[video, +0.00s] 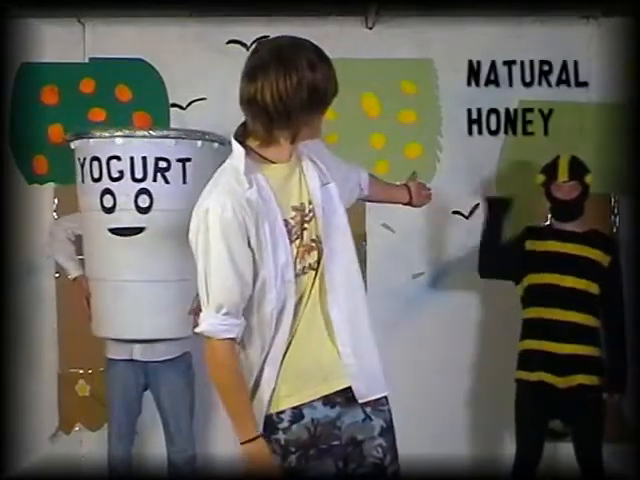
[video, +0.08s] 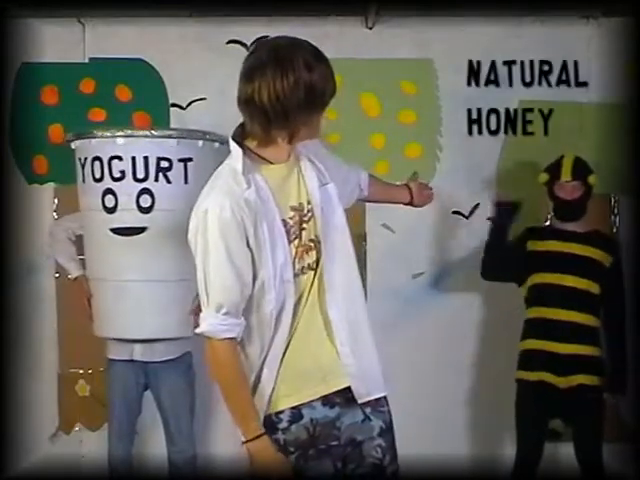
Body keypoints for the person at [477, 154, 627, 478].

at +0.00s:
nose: (565, 194)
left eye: (572, 186)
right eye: (557, 187)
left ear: (585, 190)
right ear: (546, 192)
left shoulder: (603, 246)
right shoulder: (529, 241)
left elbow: (614, 315)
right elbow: (488, 267)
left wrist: (617, 374)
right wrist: (493, 218)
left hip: (583, 369)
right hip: (535, 366)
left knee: (590, 459)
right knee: (526, 458)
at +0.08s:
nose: (568, 195)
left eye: (575, 186)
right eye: (560, 187)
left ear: (588, 190)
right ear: (549, 191)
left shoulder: (604, 246)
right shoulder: (531, 240)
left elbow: (615, 315)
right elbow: (491, 270)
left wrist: (618, 374)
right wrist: (500, 221)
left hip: (584, 367)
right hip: (535, 365)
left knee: (590, 459)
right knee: (527, 457)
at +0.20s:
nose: (571, 195)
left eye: (578, 187)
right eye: (563, 187)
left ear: (591, 191)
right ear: (551, 192)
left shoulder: (607, 248)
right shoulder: (531, 242)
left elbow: (617, 318)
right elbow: (491, 271)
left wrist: (620, 377)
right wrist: (518, 225)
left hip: (586, 371)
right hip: (536, 369)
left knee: (591, 461)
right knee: (527, 459)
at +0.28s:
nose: (574, 195)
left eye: (581, 187)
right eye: (566, 187)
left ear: (593, 191)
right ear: (554, 191)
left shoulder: (608, 248)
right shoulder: (535, 240)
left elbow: (617, 318)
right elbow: (494, 268)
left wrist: (621, 377)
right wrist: (500, 216)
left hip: (586, 368)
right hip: (537, 365)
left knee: (591, 459)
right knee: (528, 458)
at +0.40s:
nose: (575, 196)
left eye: (583, 188)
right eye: (568, 187)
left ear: (595, 193)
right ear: (555, 191)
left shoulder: (608, 249)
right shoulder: (532, 244)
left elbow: (618, 318)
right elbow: (489, 266)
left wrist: (622, 377)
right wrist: (528, 226)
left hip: (587, 371)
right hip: (537, 369)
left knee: (592, 460)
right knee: (528, 458)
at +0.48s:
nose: (577, 195)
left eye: (585, 187)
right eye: (570, 186)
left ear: (597, 192)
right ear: (557, 190)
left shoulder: (610, 250)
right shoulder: (533, 241)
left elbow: (618, 319)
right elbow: (489, 269)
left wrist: (623, 379)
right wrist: (509, 224)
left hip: (587, 370)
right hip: (538, 367)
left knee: (591, 460)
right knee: (528, 458)